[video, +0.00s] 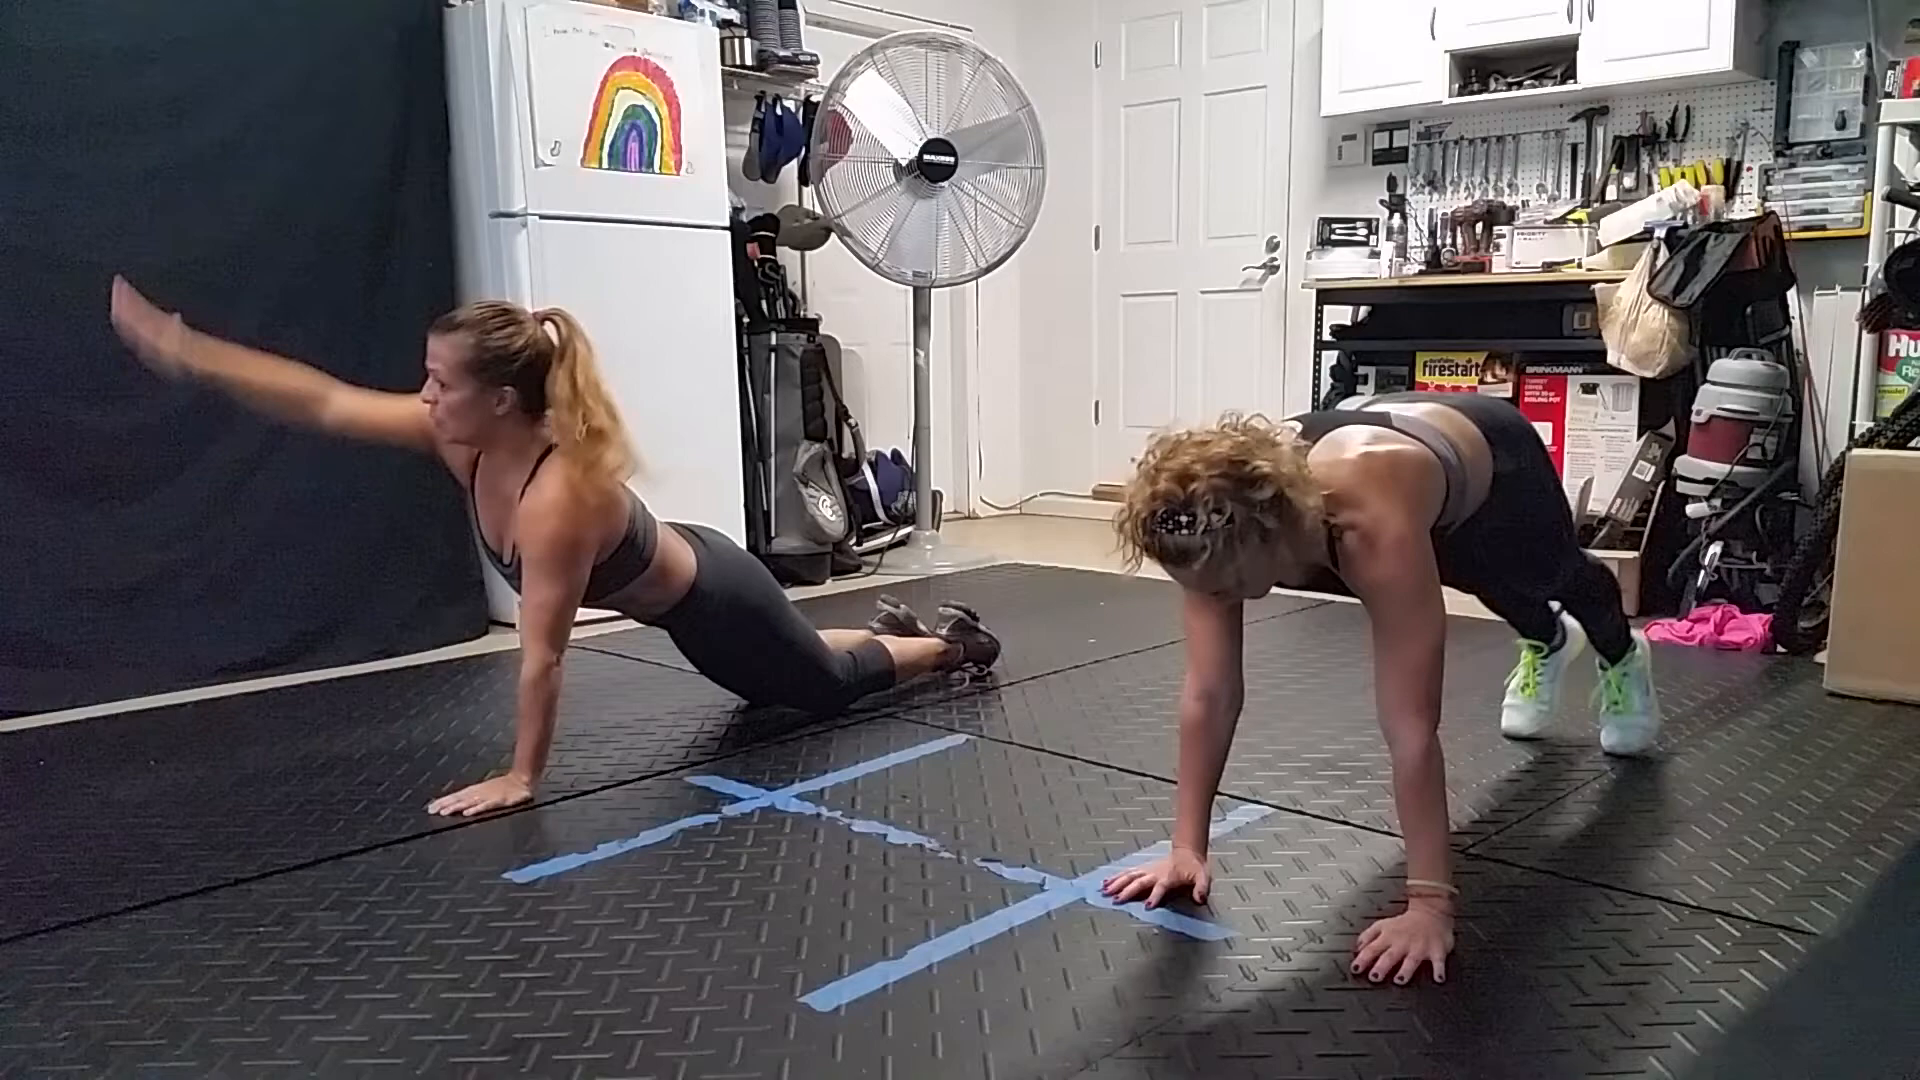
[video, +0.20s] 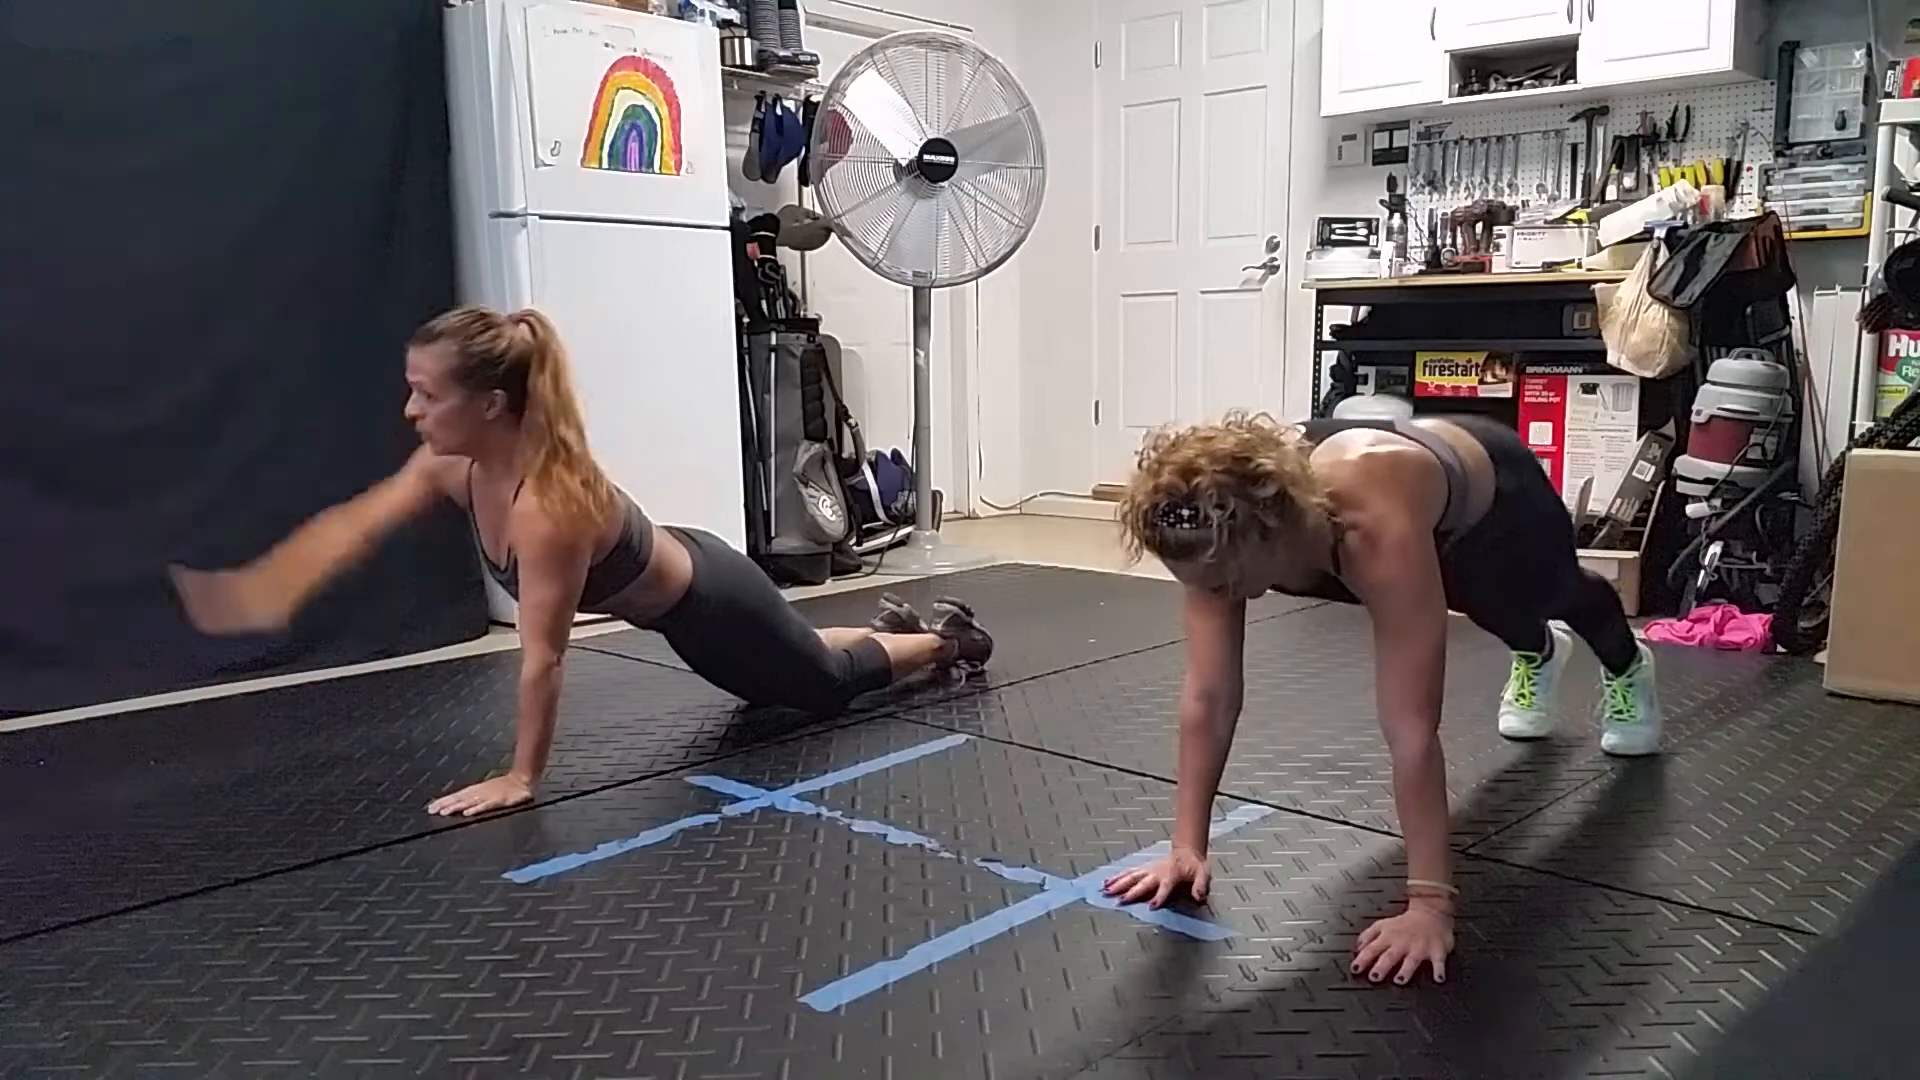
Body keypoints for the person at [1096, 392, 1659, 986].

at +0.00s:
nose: (1230, 593)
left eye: (1235, 577)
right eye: (1213, 582)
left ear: (1271, 528)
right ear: (1196, 547)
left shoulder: (1379, 523)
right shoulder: (1211, 529)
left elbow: (1414, 734)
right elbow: (1208, 691)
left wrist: (1429, 901)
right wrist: (1187, 847)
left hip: (1491, 443)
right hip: (1386, 437)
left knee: (1562, 572)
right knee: (1483, 578)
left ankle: (1621, 653)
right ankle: (1545, 638)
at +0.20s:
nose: (1220, 592)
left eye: (1225, 574)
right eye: (1202, 582)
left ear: (1268, 523)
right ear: (1191, 551)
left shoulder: (1381, 520)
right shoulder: (1214, 534)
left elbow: (1414, 731)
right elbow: (1207, 699)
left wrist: (1429, 902)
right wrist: (1186, 848)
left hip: (1496, 480)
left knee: (1563, 591)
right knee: (1484, 602)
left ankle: (1628, 663)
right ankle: (1536, 648)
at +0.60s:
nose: (1198, 616)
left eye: (1204, 598)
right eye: (1186, 603)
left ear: (1251, 565)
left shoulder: (1376, 565)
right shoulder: (1221, 569)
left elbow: (1447, 743)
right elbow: (1215, 701)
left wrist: (1433, 904)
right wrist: (1188, 845)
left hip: (1492, 528)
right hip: (1417, 528)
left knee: (1571, 613)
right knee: (1485, 618)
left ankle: (1647, 658)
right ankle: (1526, 650)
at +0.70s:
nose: (1210, 712)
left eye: (1218, 698)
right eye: (1193, 707)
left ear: (1251, 661)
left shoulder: (1368, 641)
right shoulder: (1228, 630)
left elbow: (1482, 758)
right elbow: (1213, 726)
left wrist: (1435, 907)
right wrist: (1188, 850)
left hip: (1482, 577)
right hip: (1393, 554)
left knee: (1560, 641)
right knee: (1472, 648)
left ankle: (1639, 656)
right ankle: (1522, 677)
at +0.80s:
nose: (1201, 824)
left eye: (1210, 807)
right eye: (1178, 810)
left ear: (1238, 767)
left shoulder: (1354, 734)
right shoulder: (1204, 676)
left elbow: (1506, 771)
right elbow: (1187, 745)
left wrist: (1436, 909)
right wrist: (1186, 841)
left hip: (1473, 625)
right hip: (1378, 590)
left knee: (1561, 660)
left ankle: (1635, 653)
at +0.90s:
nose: (1174, 912)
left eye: (1187, 902)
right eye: (1154, 898)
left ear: (1229, 851)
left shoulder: (1349, 805)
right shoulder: (1191, 708)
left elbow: (1513, 769)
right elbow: (1174, 778)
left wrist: (1437, 908)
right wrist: (1158, 853)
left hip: (1470, 676)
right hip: (1377, 634)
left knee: (1565, 667)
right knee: (1487, 631)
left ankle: (1637, 652)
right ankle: (1551, 625)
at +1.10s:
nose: (1149, 909)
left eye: (1161, 901)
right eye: (1134, 898)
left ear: (1213, 864)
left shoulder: (1341, 811)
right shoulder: (1179, 713)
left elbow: (1506, 765)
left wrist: (1439, 907)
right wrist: (1151, 852)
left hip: (1469, 682)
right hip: (1375, 636)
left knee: (1568, 716)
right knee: (1481, 641)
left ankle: (1632, 651)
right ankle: (1541, 631)